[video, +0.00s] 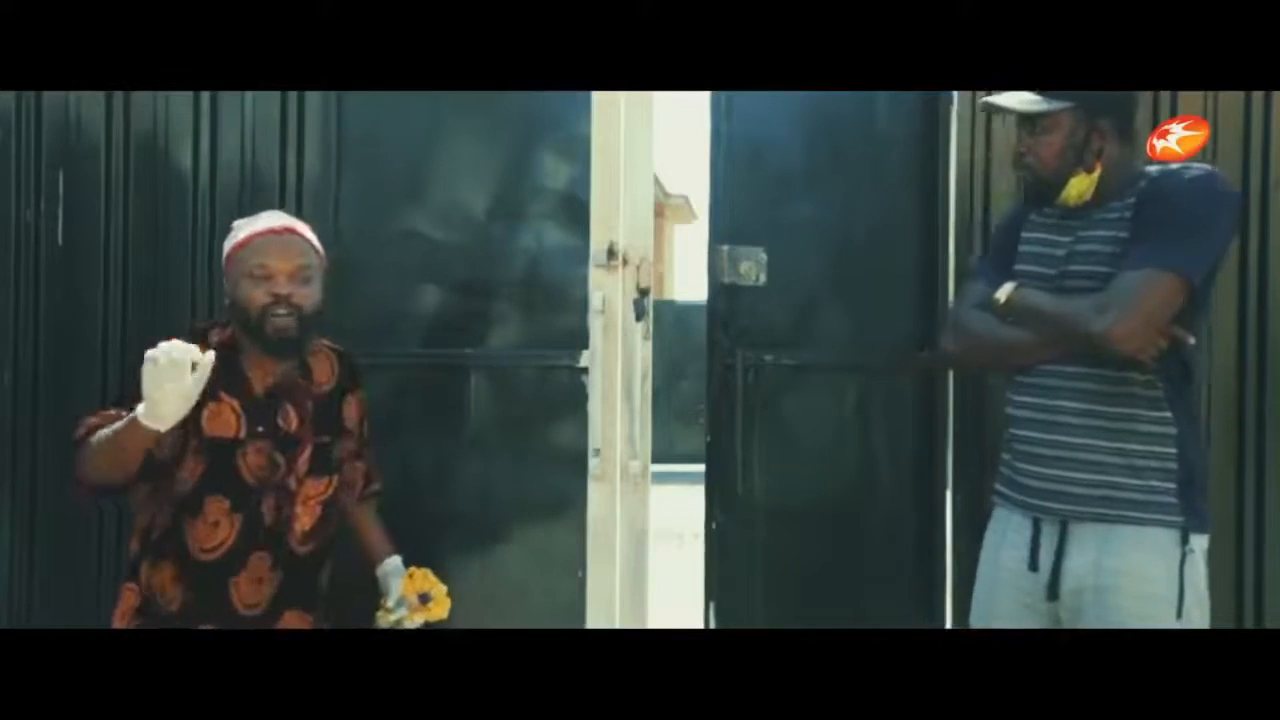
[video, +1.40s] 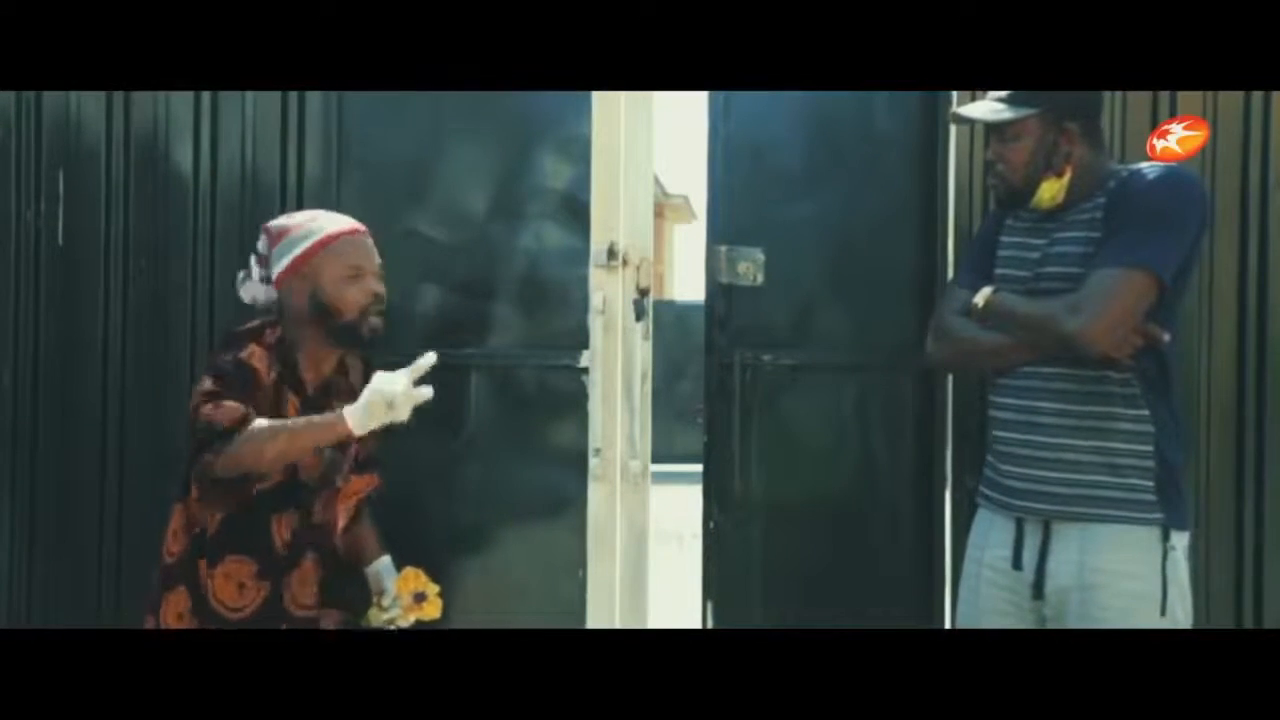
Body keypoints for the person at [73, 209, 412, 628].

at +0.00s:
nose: (282, 294)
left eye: (301, 278)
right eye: (260, 278)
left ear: (321, 290)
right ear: (229, 288)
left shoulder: (334, 375)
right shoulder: (184, 368)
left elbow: (354, 489)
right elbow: (94, 470)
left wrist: (392, 572)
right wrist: (152, 418)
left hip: (288, 614)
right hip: (175, 612)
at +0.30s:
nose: (308, 292)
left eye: (324, 278)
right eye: (285, 277)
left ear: (340, 292)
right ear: (246, 289)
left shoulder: (341, 376)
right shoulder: (203, 360)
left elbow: (354, 496)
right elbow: (132, 449)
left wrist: (387, 571)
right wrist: (168, 389)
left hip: (297, 611)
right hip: (191, 607)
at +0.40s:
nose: (325, 294)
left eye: (339, 280)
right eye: (300, 279)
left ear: (354, 293)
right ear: (259, 294)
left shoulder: (344, 385)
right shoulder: (222, 369)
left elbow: (343, 502)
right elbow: (162, 434)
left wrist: (378, 572)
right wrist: (201, 377)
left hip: (299, 611)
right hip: (199, 608)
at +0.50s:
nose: (340, 296)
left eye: (353, 281)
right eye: (315, 281)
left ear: (366, 292)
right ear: (273, 291)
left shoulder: (344, 382)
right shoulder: (223, 369)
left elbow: (336, 500)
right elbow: (196, 427)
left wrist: (369, 575)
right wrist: (246, 363)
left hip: (300, 603)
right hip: (206, 603)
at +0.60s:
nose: (356, 297)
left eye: (366, 284)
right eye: (338, 285)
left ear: (376, 290)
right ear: (294, 289)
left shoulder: (342, 378)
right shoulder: (242, 364)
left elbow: (333, 492)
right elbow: (228, 420)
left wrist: (360, 571)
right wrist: (289, 362)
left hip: (294, 590)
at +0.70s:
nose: (364, 300)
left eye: (371, 284)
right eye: (339, 286)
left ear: (379, 290)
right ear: (301, 295)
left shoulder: (345, 378)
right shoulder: (250, 359)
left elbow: (329, 495)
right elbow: (254, 416)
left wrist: (356, 572)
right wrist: (328, 361)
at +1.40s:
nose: (378, 291)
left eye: (377, 276)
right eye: (354, 277)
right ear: (298, 291)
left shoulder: (356, 377)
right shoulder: (243, 366)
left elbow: (349, 500)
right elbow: (218, 453)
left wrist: (384, 579)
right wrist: (351, 420)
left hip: (314, 605)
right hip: (218, 606)